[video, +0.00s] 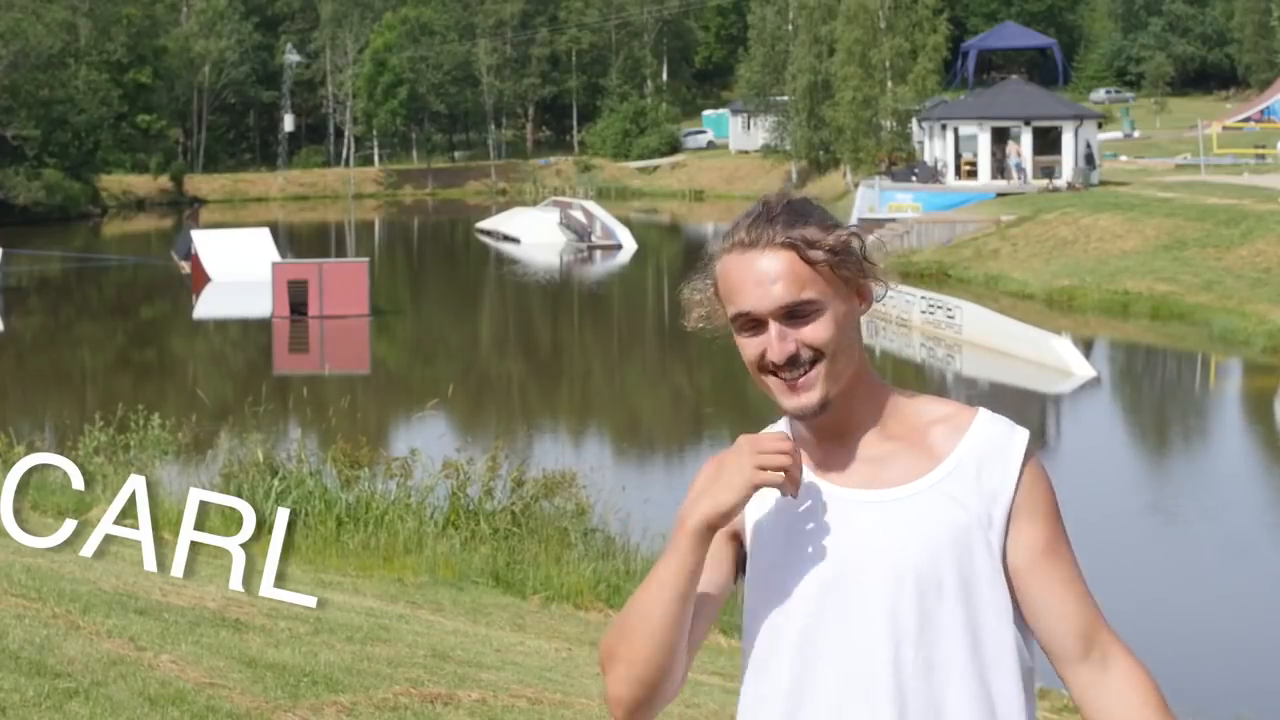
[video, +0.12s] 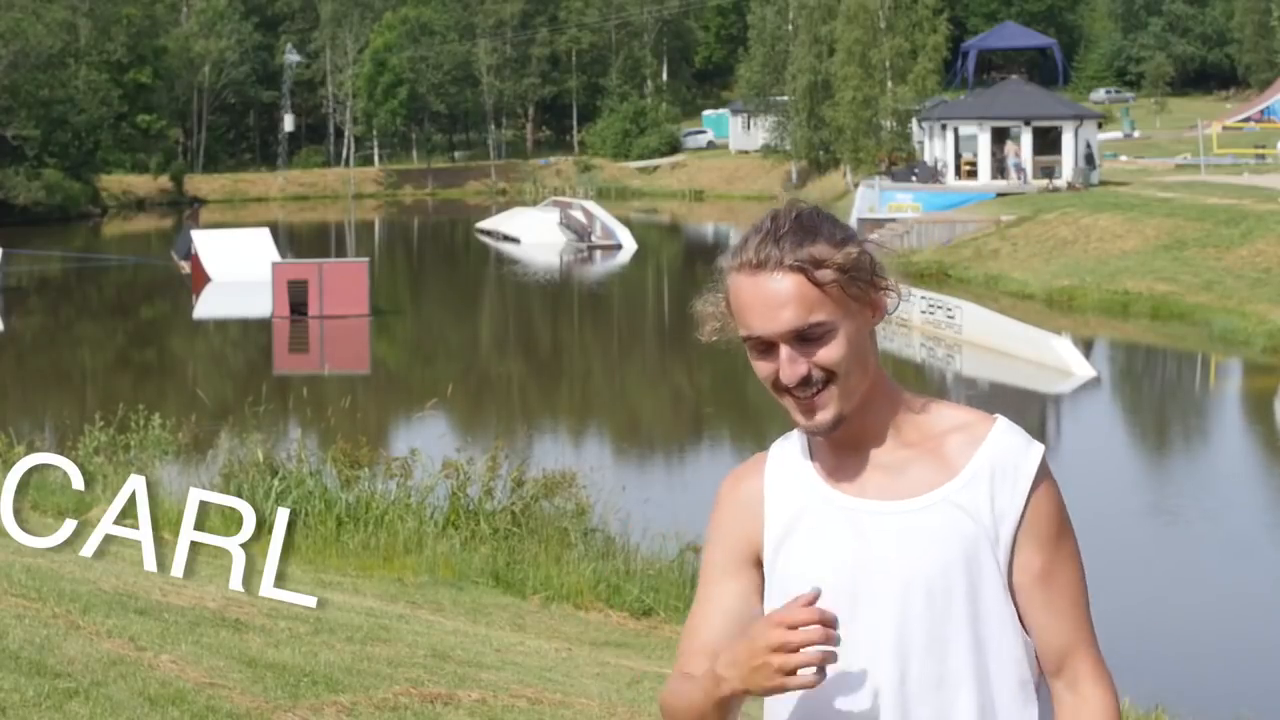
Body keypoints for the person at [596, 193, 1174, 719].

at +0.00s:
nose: (778, 348)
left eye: (800, 313)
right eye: (749, 326)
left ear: (858, 296)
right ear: (731, 334)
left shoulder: (988, 455)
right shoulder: (742, 483)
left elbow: (1095, 662)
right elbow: (630, 696)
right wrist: (693, 524)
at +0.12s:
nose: (790, 371)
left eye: (813, 336)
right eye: (762, 348)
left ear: (874, 306)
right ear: (742, 344)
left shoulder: (1003, 466)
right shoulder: (753, 495)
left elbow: (1074, 675)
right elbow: (682, 698)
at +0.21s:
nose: (808, 383)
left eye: (832, 349)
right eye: (780, 357)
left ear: (890, 312)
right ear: (758, 345)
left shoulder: (1016, 467)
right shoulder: (767, 503)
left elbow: (1087, 679)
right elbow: (736, 695)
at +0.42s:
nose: (853, 393)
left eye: (880, 360)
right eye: (826, 365)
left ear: (938, 324)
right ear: (802, 346)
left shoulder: (1057, 464)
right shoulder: (812, 507)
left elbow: (1133, 687)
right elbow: (792, 699)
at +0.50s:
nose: (869, 399)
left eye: (895, 366)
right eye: (842, 370)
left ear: (957, 328)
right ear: (820, 350)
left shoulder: (1079, 464)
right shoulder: (834, 505)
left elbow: (1155, 694)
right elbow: (803, 697)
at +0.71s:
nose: (918, 407)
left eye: (948, 377)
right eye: (896, 374)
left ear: (1018, 342)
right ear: (880, 349)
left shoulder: (1136, 492)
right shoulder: (895, 496)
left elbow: (1194, 706)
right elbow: (870, 697)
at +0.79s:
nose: (937, 413)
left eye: (967, 384)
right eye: (917, 380)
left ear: (1043, 350)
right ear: (903, 352)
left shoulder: (1157, 509)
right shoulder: (921, 489)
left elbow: (1206, 709)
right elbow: (898, 690)